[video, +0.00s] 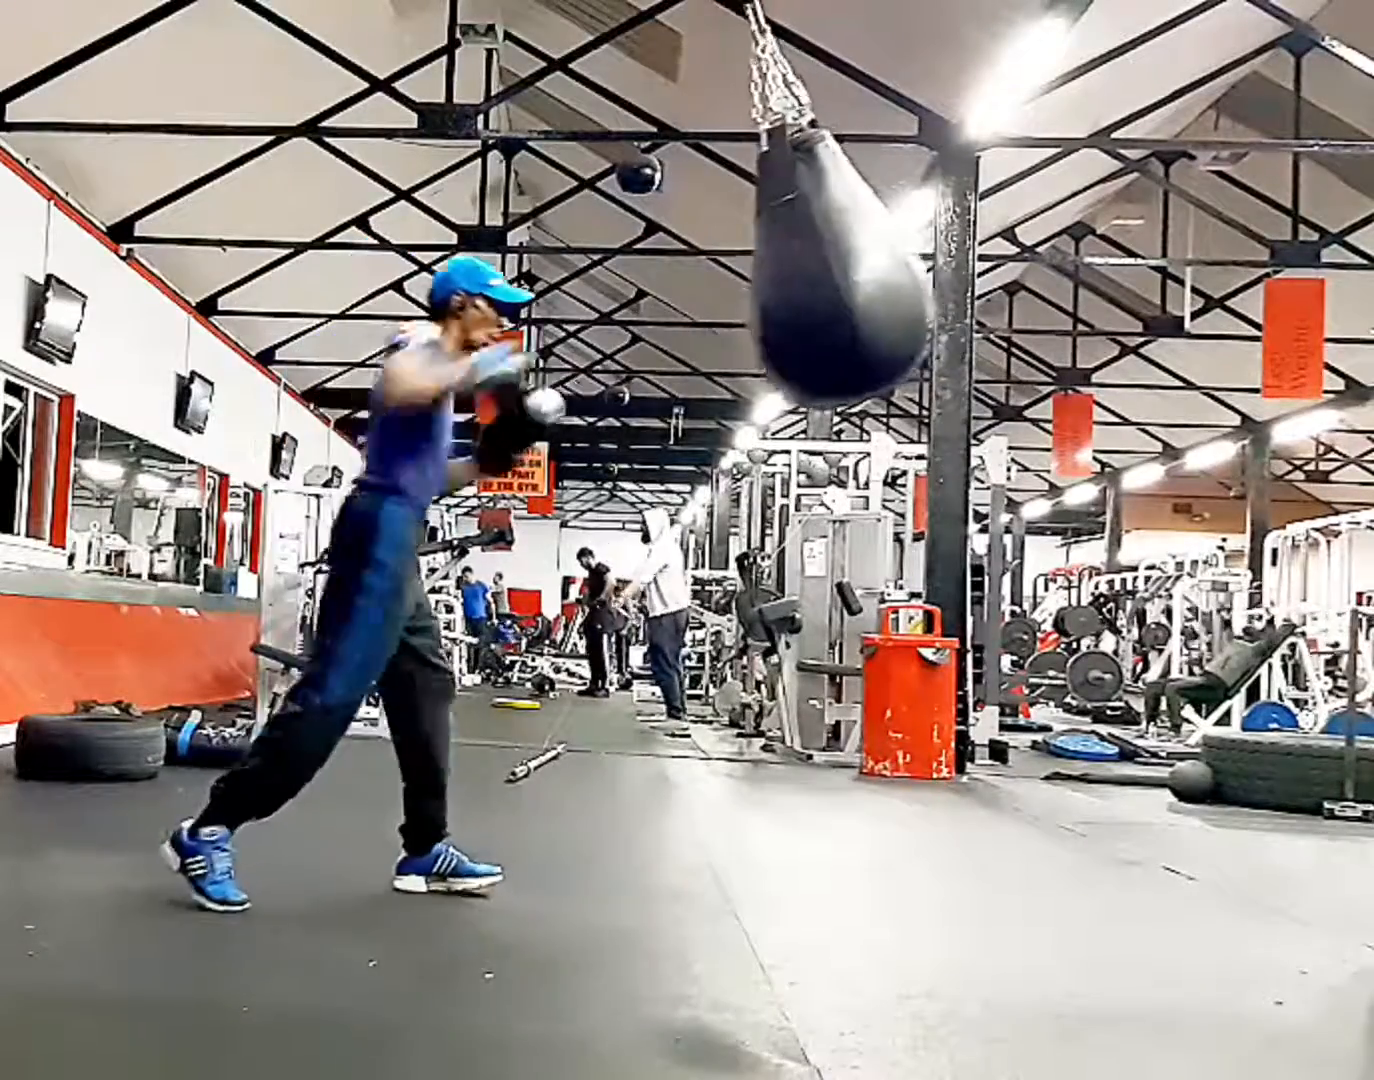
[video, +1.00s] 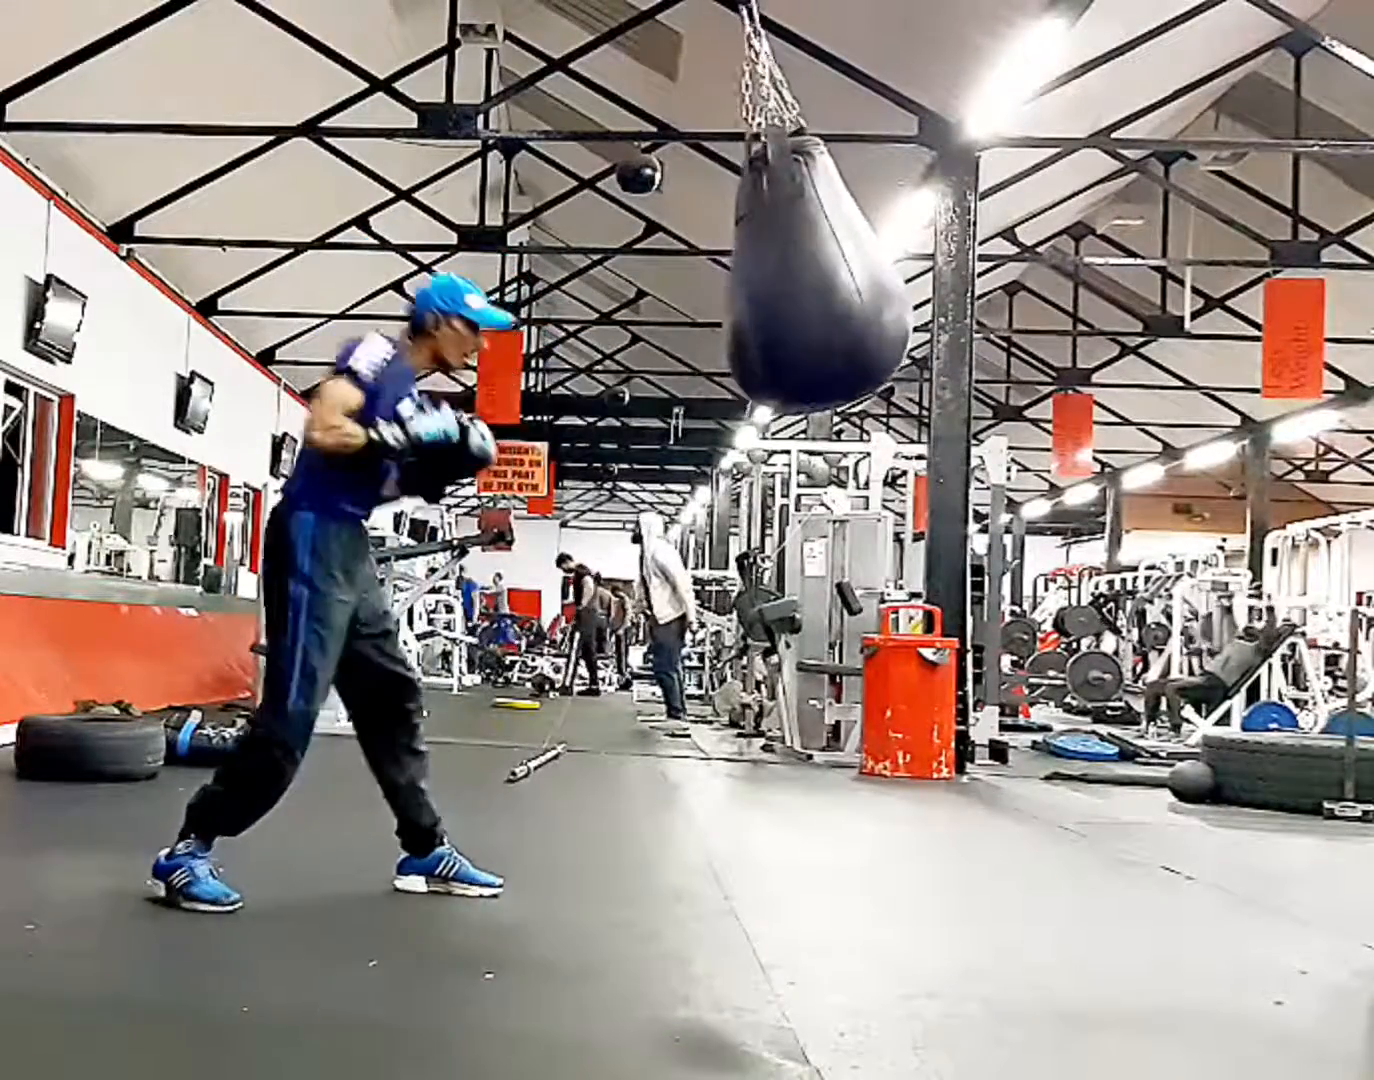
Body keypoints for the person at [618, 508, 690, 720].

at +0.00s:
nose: (642, 529)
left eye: (645, 525)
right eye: (643, 525)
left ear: (656, 526)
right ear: (661, 526)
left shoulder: (661, 548)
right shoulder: (668, 545)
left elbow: (645, 575)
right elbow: (645, 576)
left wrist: (625, 595)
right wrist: (626, 591)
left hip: (666, 611)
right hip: (673, 609)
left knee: (663, 662)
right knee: (671, 660)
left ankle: (675, 708)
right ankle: (677, 706)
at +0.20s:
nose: (636, 530)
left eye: (639, 526)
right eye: (637, 525)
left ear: (648, 527)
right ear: (657, 526)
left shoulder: (656, 550)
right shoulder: (669, 547)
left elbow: (656, 583)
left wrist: (647, 611)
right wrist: (640, 592)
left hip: (665, 610)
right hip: (678, 607)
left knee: (663, 662)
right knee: (672, 660)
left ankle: (675, 710)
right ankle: (678, 706)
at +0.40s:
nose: (633, 530)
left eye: (637, 526)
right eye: (635, 526)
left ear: (646, 528)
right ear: (652, 527)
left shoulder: (657, 550)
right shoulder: (655, 549)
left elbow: (671, 583)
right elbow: (657, 584)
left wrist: (672, 617)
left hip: (666, 615)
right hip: (664, 614)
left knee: (664, 667)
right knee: (670, 665)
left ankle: (675, 711)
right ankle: (677, 708)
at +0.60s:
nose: (633, 530)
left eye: (637, 526)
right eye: (635, 526)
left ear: (646, 529)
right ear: (651, 529)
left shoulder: (660, 550)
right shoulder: (651, 551)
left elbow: (678, 581)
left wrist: (686, 615)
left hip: (666, 616)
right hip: (659, 616)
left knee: (664, 666)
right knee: (668, 665)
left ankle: (676, 712)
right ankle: (676, 710)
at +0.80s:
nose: (634, 531)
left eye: (638, 527)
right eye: (636, 527)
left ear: (647, 529)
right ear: (651, 529)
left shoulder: (662, 551)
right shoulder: (649, 552)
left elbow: (681, 581)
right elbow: (649, 584)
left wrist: (690, 613)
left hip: (668, 616)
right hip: (660, 616)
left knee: (664, 666)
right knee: (668, 665)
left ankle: (676, 711)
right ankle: (676, 709)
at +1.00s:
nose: (633, 530)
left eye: (636, 526)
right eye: (634, 526)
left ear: (646, 529)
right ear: (649, 529)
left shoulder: (660, 551)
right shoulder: (647, 552)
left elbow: (681, 581)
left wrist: (691, 615)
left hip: (669, 616)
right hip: (659, 616)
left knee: (666, 667)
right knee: (668, 666)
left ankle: (676, 712)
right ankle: (676, 710)